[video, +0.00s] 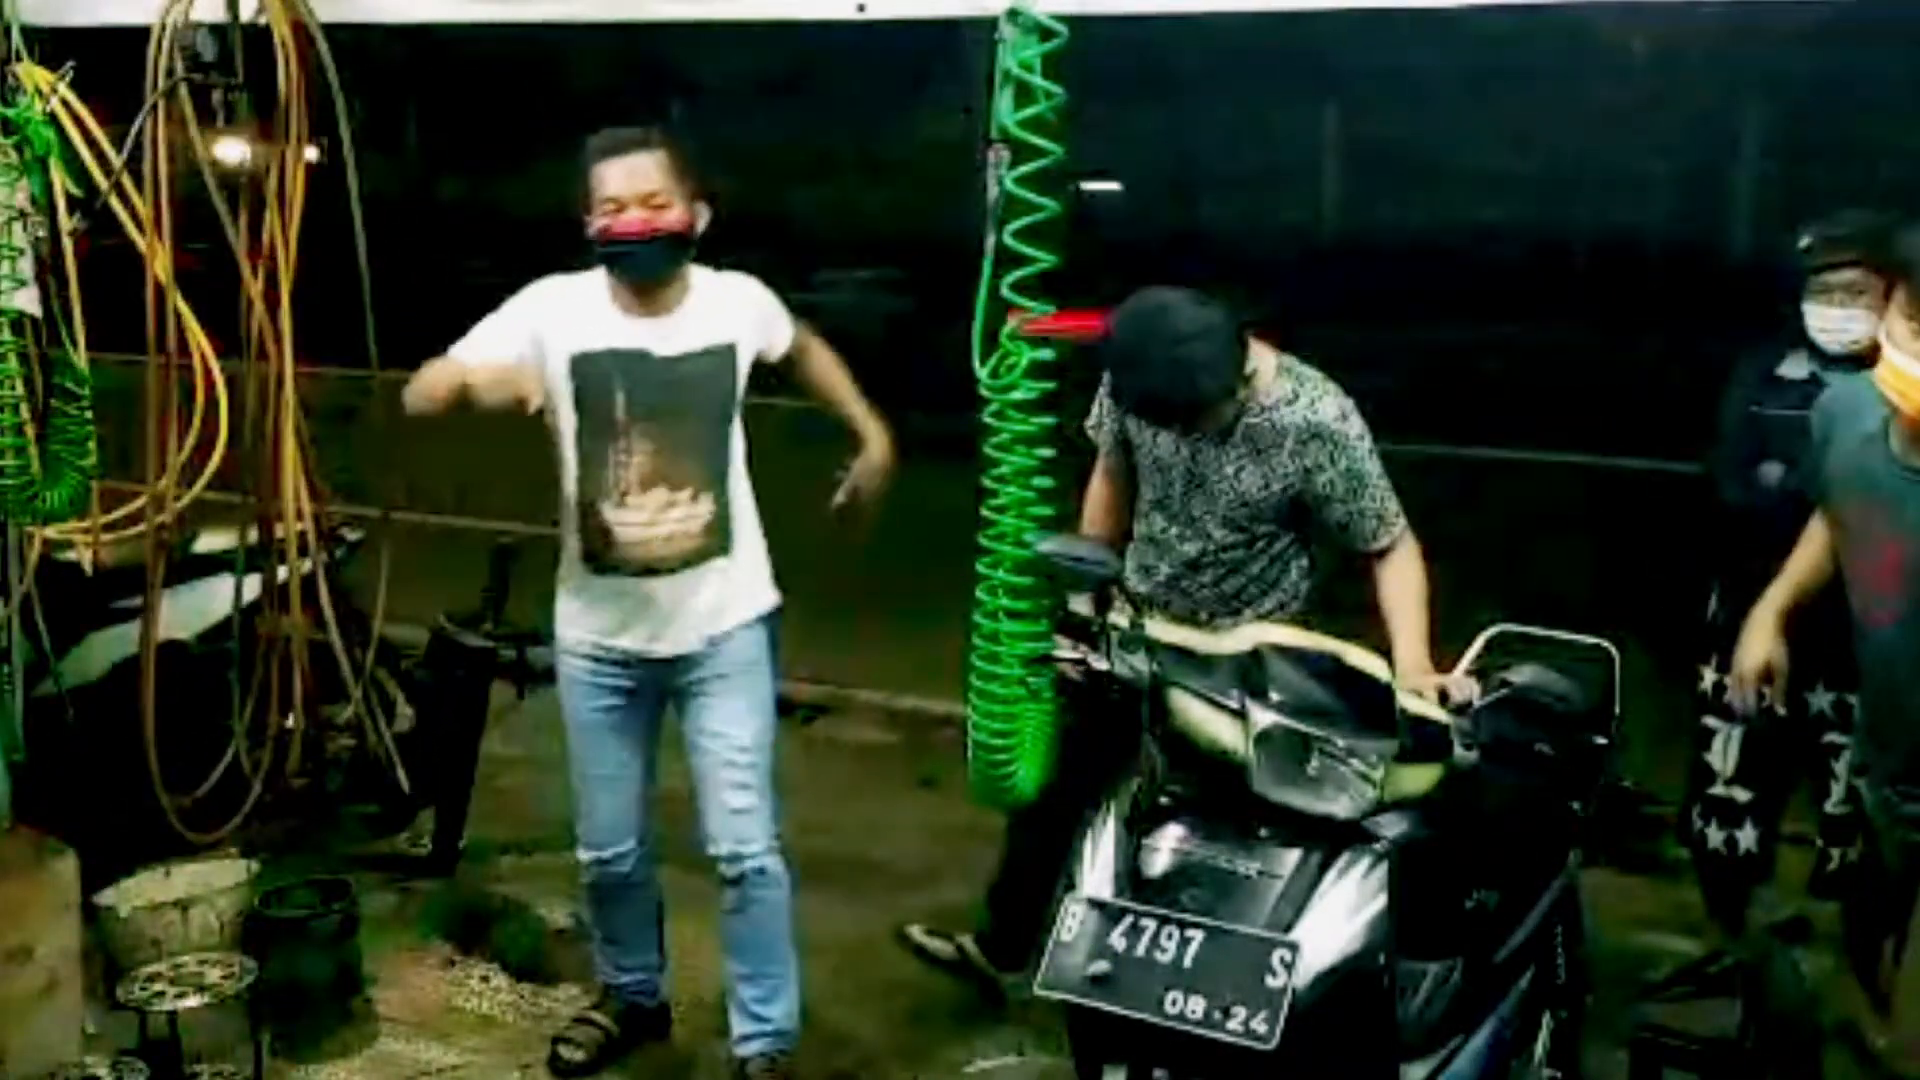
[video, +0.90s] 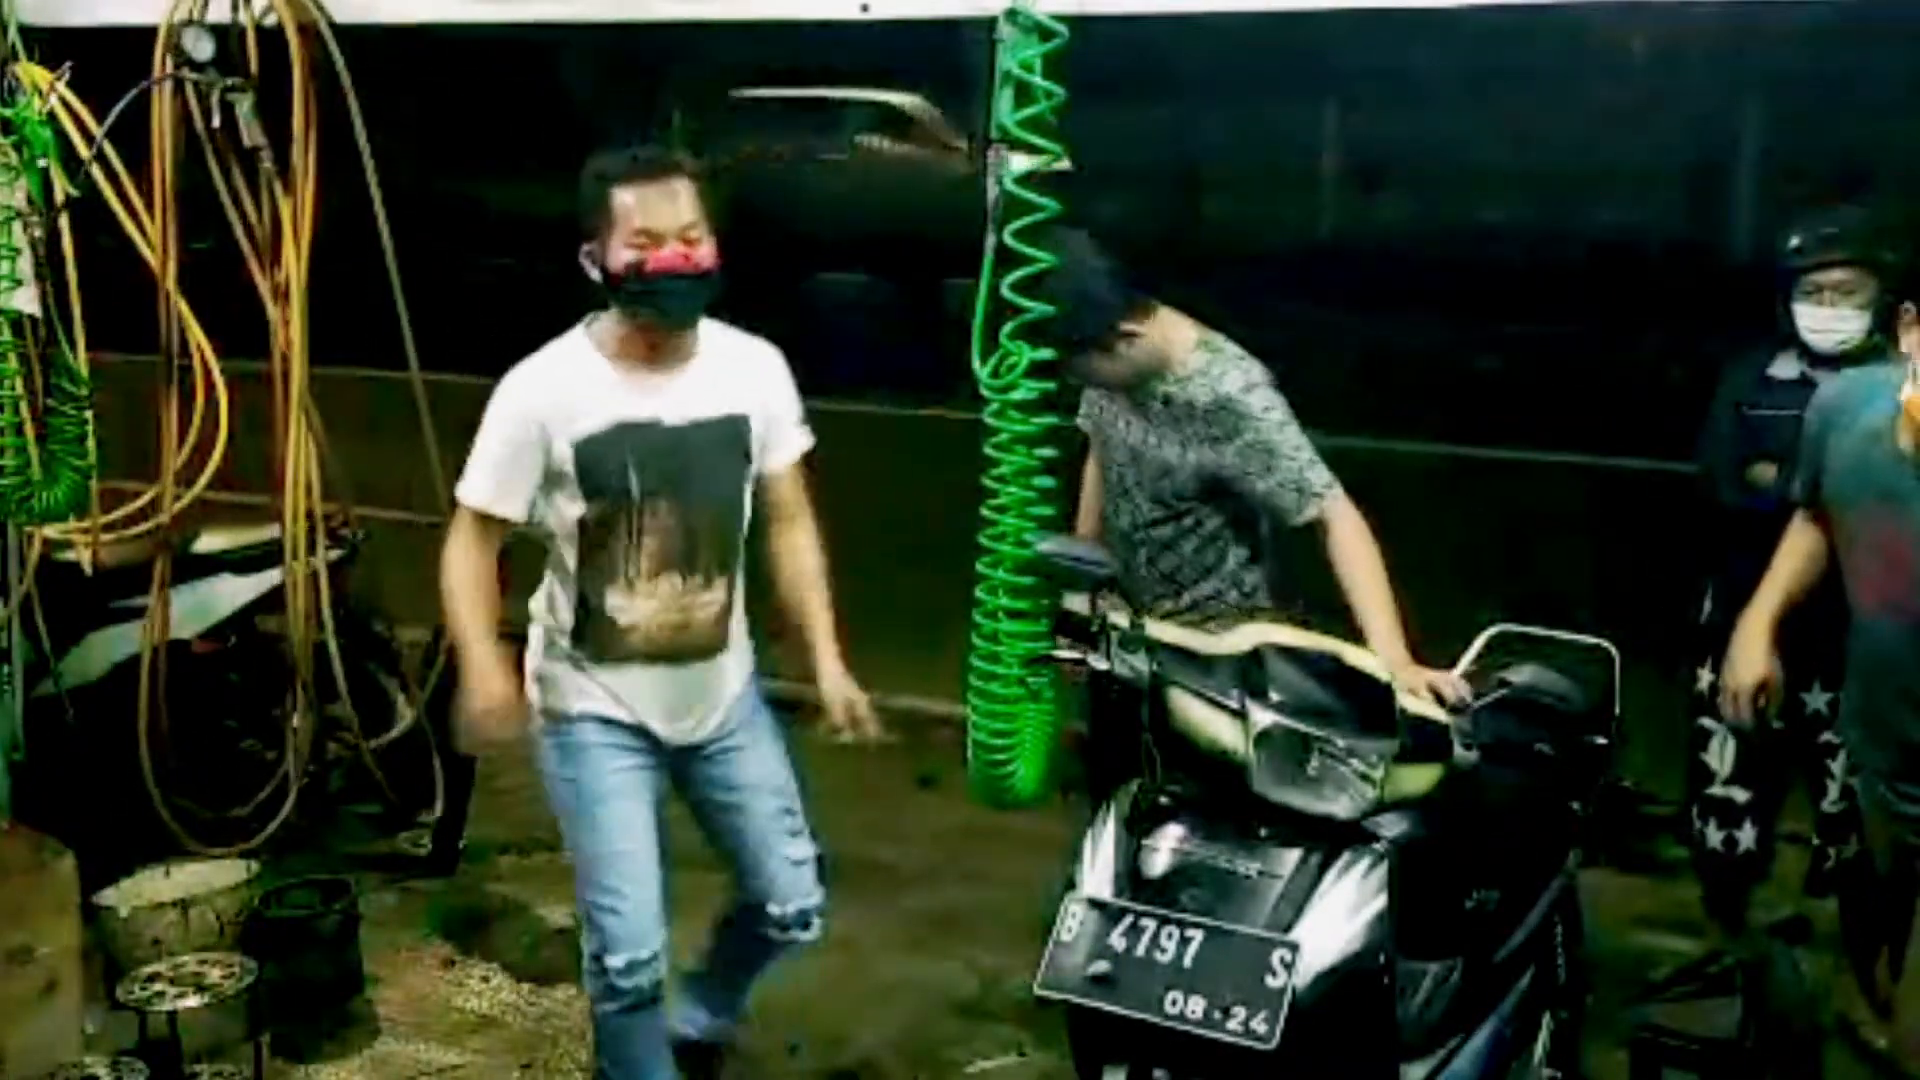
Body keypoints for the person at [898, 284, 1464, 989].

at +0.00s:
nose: (1178, 429)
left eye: (1187, 415)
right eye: (1161, 414)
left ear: (1222, 384)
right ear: (1138, 388)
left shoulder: (1315, 423)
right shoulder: (1132, 384)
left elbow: (1393, 546)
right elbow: (1110, 477)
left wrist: (1414, 670)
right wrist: (1085, 589)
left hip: (1252, 659)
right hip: (1138, 634)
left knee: (1251, 826)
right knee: (1056, 797)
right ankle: (1001, 948)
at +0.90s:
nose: (1085, 379)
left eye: (1083, 366)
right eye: (1074, 368)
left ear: (1114, 335)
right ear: (1111, 327)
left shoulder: (1231, 394)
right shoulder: (1114, 362)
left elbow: (1336, 515)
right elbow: (1101, 453)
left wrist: (1395, 661)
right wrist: (1084, 568)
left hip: (1225, 657)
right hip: (1129, 633)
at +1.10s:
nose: (1053, 348)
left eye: (1051, 335)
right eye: (1045, 339)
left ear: (1080, 305)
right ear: (1081, 304)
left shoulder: (1188, 371)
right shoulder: (1089, 347)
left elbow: (1247, 507)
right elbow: (1089, 471)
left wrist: (1277, 647)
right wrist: (1085, 566)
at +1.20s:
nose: (1030, 341)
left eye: (1027, 324)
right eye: (1021, 328)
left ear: (1054, 296)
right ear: (1054, 293)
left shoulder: (1158, 366)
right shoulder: (1092, 353)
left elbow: (1203, 518)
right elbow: (1099, 510)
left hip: (1159, 634)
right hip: (1106, 627)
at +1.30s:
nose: (1014, 338)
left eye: (1008, 322)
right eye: (1002, 326)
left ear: (1032, 293)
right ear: (1038, 287)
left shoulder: (1126, 360)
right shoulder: (1092, 353)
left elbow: (1152, 512)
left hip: (1153, 638)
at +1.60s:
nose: (994, 314)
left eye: (988, 297)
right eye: (987, 300)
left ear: (1005, 283)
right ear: (1056, 262)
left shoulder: (1062, 351)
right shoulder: (1137, 334)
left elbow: (1052, 508)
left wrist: (978, 607)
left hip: (1081, 616)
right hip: (1149, 599)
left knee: (1028, 802)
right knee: (1111, 788)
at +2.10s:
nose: (899, 288)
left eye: (897, 271)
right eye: (898, 272)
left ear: (918, 260)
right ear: (978, 249)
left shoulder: (938, 353)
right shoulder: (1070, 338)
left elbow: (934, 504)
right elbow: (1084, 477)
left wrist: (917, 632)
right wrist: (1060, 583)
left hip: (969, 616)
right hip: (1055, 611)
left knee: (948, 788)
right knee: (1046, 781)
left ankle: (969, 961)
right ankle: (1101, 932)